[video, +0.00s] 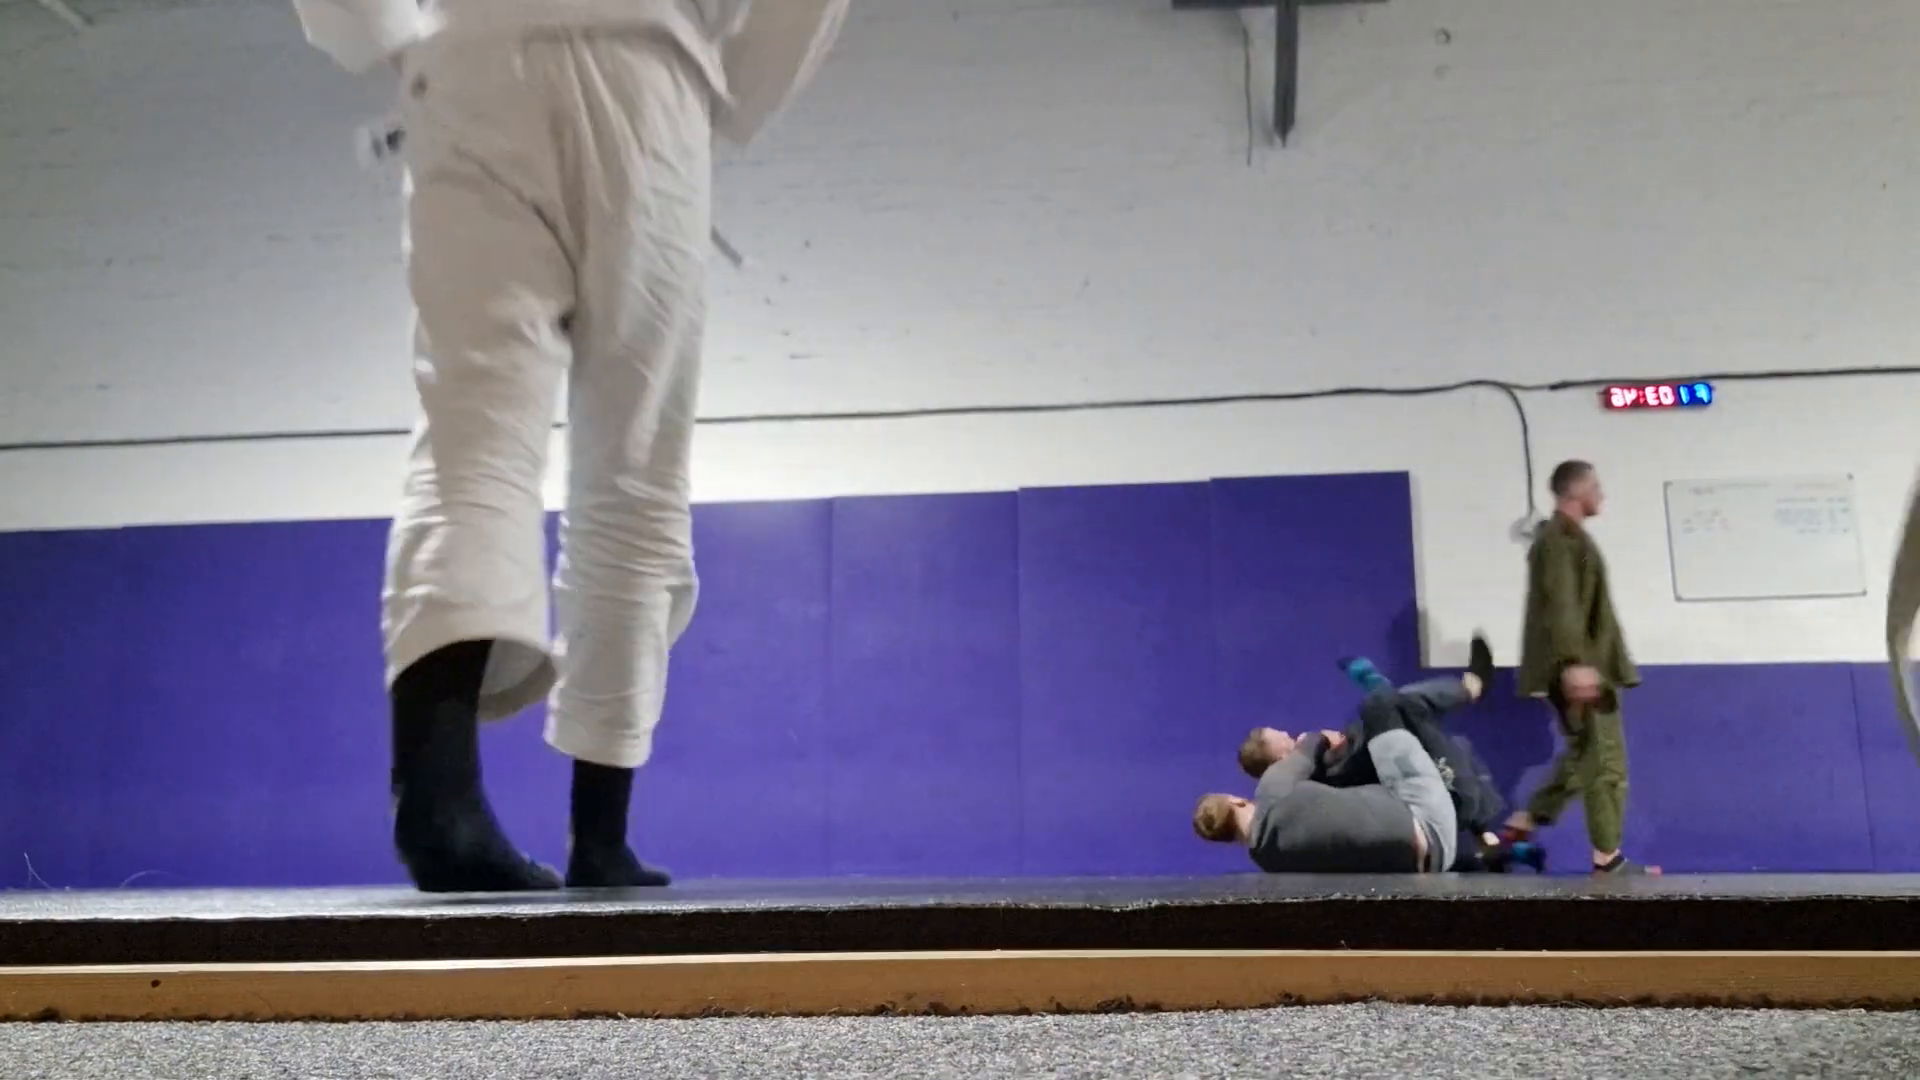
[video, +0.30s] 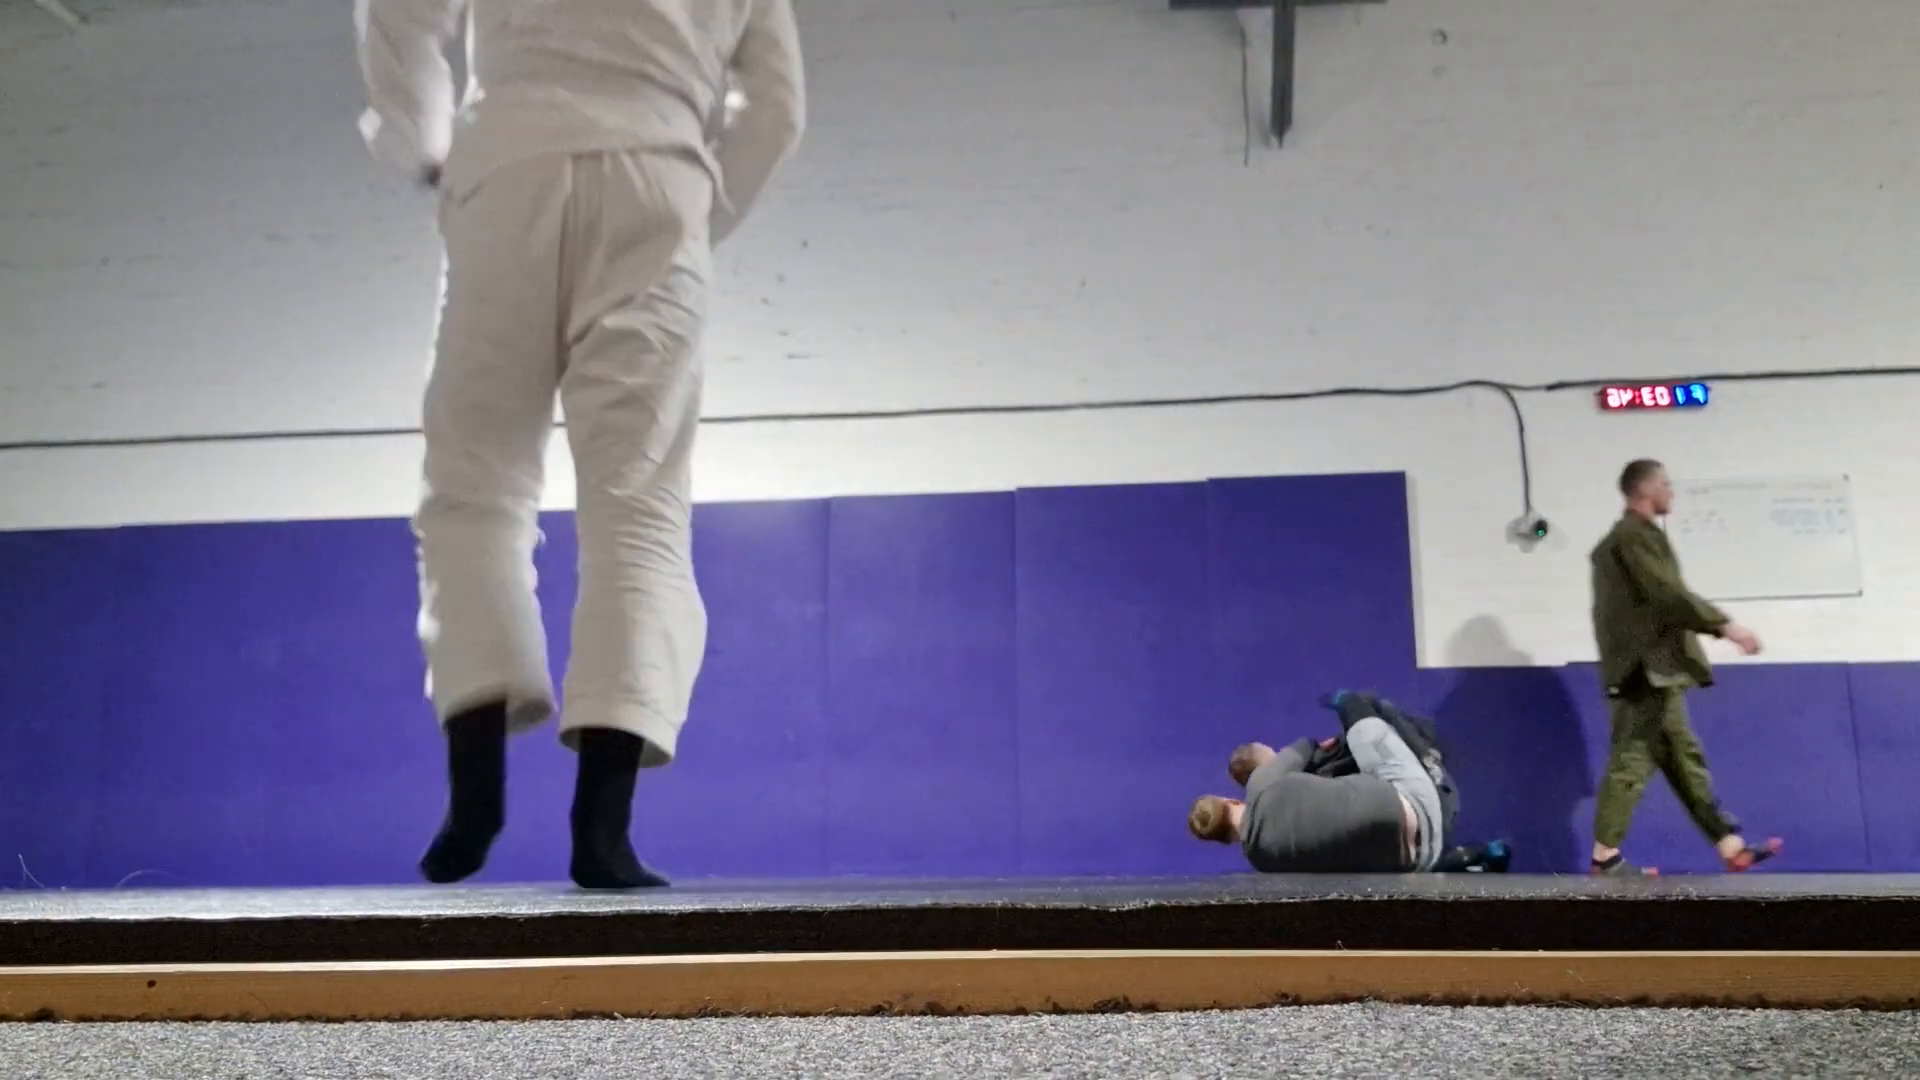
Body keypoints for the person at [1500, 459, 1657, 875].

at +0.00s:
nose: (1600, 494)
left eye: (1597, 486)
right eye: (1593, 486)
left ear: (1571, 492)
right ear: (1574, 492)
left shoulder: (1571, 537)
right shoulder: (1558, 540)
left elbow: (1574, 607)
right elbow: (1563, 606)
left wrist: (1605, 663)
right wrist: (1574, 662)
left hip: (1577, 669)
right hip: (1582, 670)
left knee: (1588, 754)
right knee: (1605, 760)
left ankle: (1525, 823)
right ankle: (1607, 858)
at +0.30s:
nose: (1670, 491)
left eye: (1668, 484)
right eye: (1663, 484)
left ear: (1639, 492)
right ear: (1641, 490)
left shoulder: (1636, 536)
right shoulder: (1633, 537)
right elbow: (1667, 596)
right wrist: (1726, 627)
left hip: (1654, 670)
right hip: (1642, 671)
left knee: (1685, 760)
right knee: (1631, 762)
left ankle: (1733, 848)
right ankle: (1605, 856)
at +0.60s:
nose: (1741, 487)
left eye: (1738, 479)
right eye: (1733, 480)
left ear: (1710, 490)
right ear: (1712, 487)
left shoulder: (1700, 535)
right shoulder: (1712, 535)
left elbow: (1714, 604)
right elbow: (1730, 599)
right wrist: (1759, 649)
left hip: (1711, 666)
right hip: (1728, 664)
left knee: (1745, 752)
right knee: (1768, 740)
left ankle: (1750, 854)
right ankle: (1701, 814)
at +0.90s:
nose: (1818, 486)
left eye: (1815, 478)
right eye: (1809, 479)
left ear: (1787, 487)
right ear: (1788, 486)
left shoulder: (1784, 533)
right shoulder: (1785, 534)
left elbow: (1783, 603)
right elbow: (1781, 600)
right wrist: (1782, 658)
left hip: (1786, 672)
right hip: (1817, 668)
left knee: (1778, 762)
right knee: (1865, 759)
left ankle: (1753, 850)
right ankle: (1910, 843)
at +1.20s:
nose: (1897, 481)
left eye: (1894, 473)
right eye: (1893, 473)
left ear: (1856, 479)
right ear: (1876, 477)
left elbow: (1840, 608)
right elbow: (1897, 594)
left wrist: (1857, 651)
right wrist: (1919, 638)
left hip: (1858, 665)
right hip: (1894, 662)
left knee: (1886, 741)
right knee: (1909, 752)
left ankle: (1852, 816)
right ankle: (1917, 848)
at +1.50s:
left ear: (1914, 484)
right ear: (1914, 484)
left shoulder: (1897, 543)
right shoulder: (1897, 544)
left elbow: (1881, 609)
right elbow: (1881, 609)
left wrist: (1905, 655)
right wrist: (1905, 656)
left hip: (1910, 679)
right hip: (1912, 678)